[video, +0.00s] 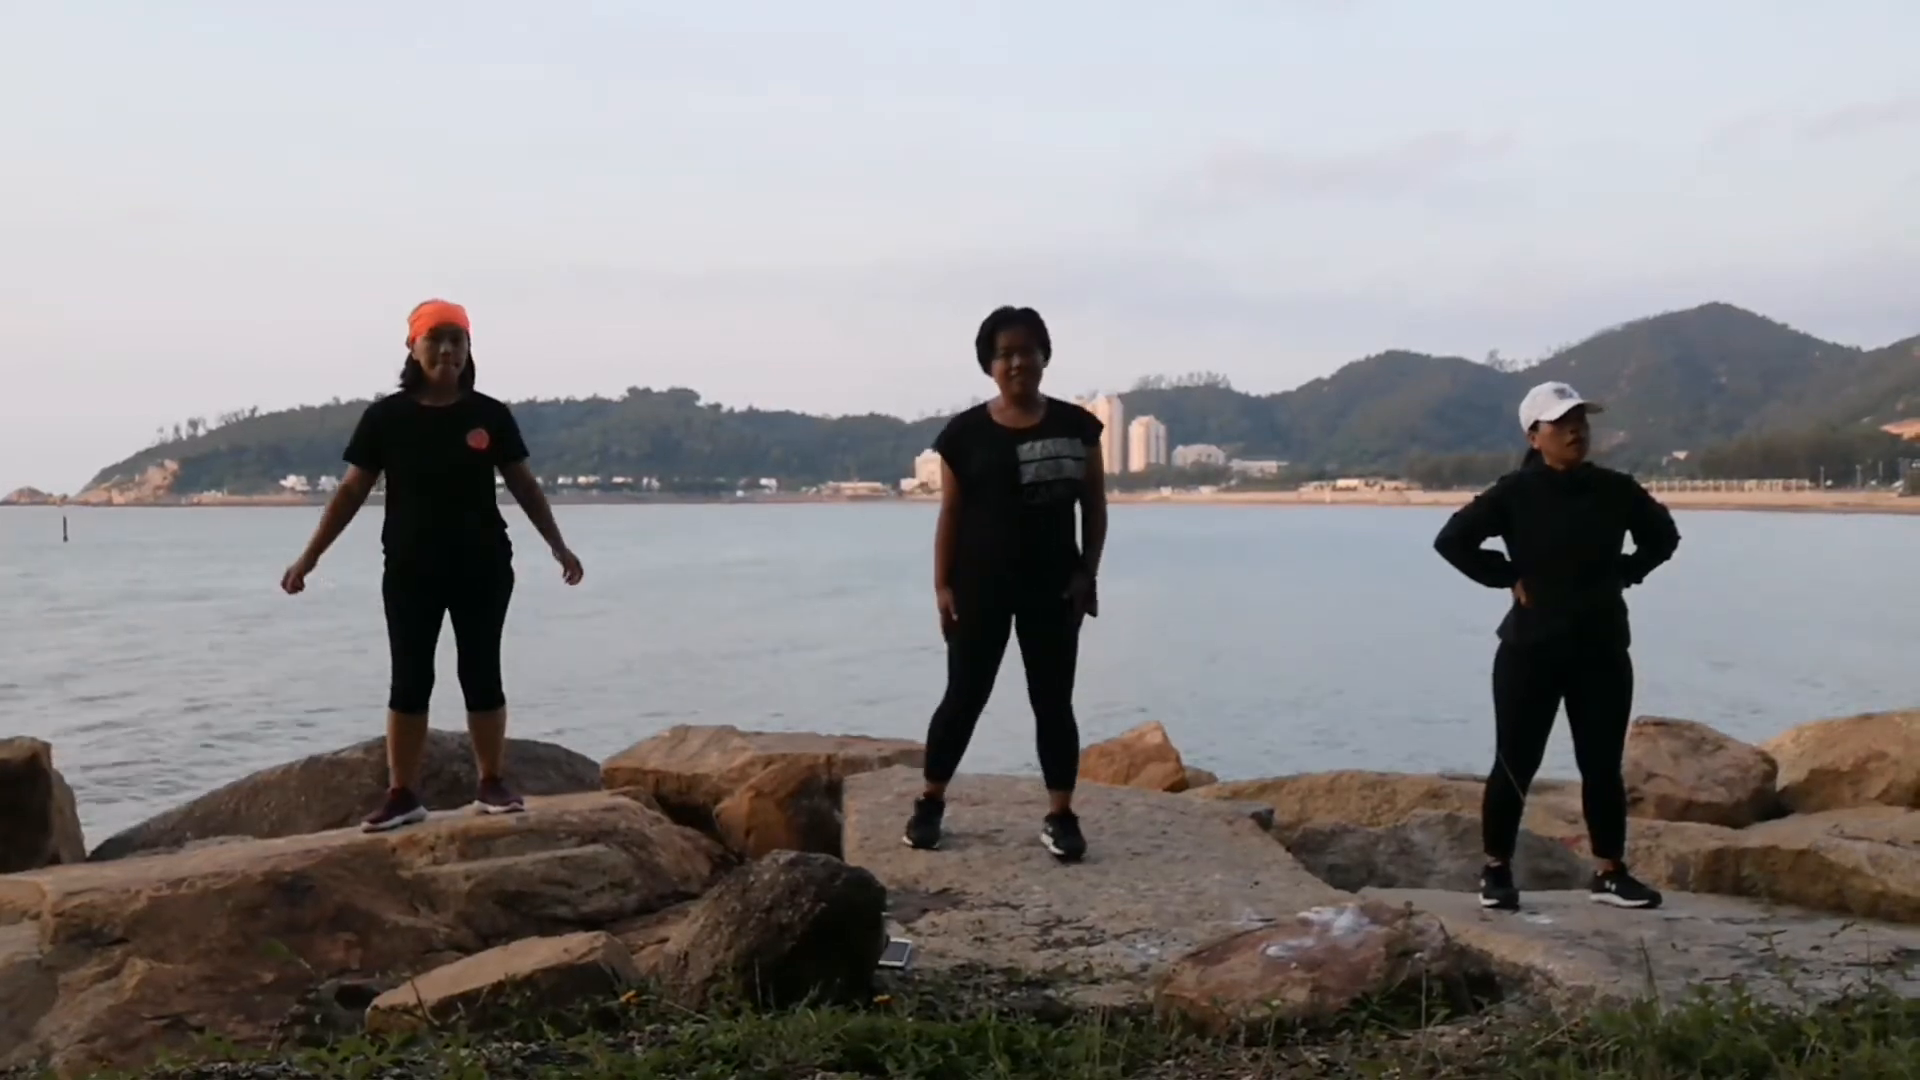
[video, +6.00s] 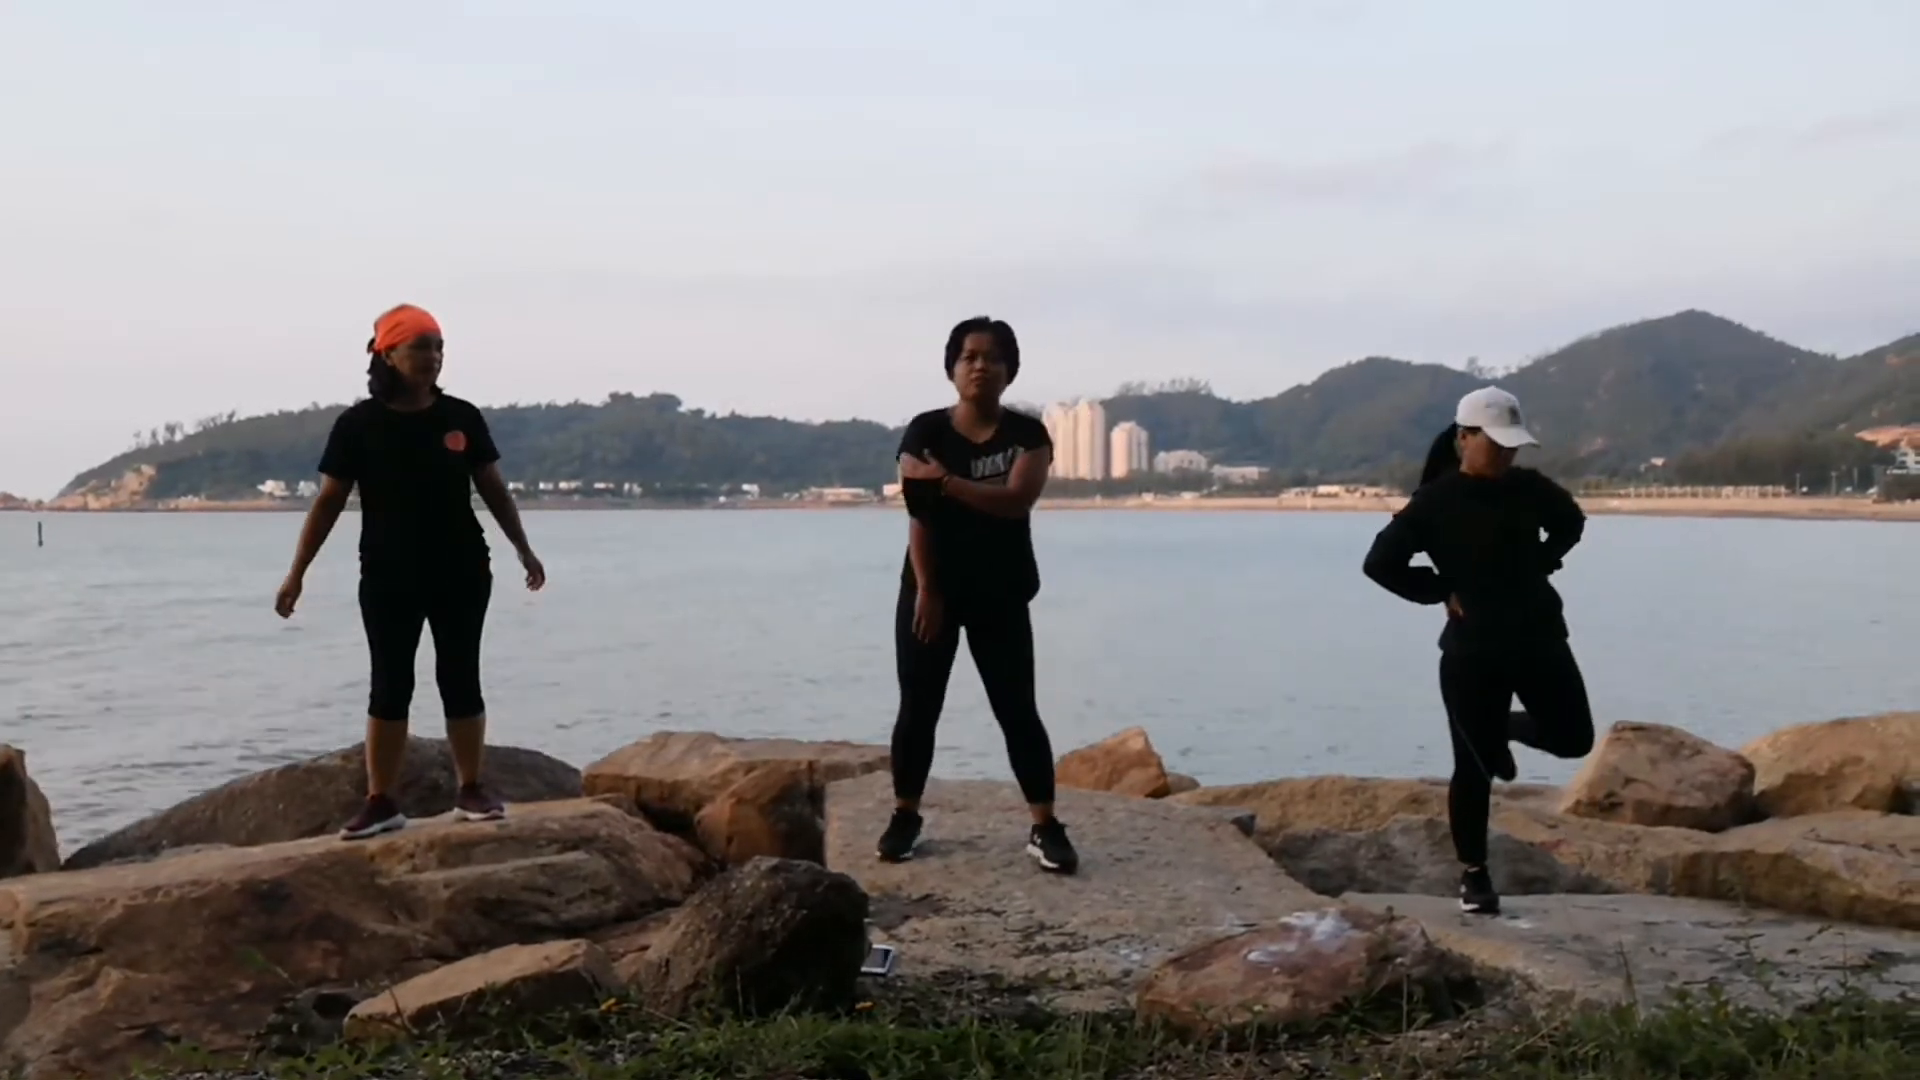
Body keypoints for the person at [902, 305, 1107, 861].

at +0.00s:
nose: (1017, 362)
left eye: (1027, 352)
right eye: (1006, 353)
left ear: (1045, 357)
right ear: (989, 363)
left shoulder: (1077, 428)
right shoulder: (964, 434)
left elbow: (1094, 509)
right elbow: (949, 517)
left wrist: (1089, 571)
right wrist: (942, 585)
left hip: (1052, 588)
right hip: (981, 588)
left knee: (1054, 703)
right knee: (963, 697)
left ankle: (1061, 813)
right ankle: (930, 803)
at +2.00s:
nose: (1038, 359)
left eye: (1047, 351)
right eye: (1025, 352)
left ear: (1061, 364)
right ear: (1004, 365)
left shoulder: (1095, 433)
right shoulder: (980, 440)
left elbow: (1110, 515)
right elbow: (966, 524)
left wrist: (1106, 581)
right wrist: (966, 593)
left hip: (1071, 593)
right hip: (1001, 594)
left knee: (1066, 707)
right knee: (963, 701)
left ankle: (1060, 816)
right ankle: (918, 802)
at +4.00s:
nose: (1002, 367)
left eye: (1014, 357)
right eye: (992, 358)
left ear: (1034, 365)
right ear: (978, 367)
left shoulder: (1062, 437)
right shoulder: (948, 437)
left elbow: (1079, 517)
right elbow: (929, 517)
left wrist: (1089, 586)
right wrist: (922, 585)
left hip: (1029, 595)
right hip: (958, 594)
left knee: (1036, 707)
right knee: (938, 703)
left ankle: (1049, 815)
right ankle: (915, 810)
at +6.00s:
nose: (978, 367)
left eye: (992, 359)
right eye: (968, 357)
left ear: (1009, 372)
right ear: (953, 368)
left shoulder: (1029, 433)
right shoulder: (926, 432)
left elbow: (1018, 500)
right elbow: (918, 518)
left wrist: (943, 481)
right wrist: (926, 590)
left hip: (1000, 591)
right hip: (931, 587)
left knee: (1018, 712)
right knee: (918, 708)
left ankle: (1045, 824)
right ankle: (905, 816)